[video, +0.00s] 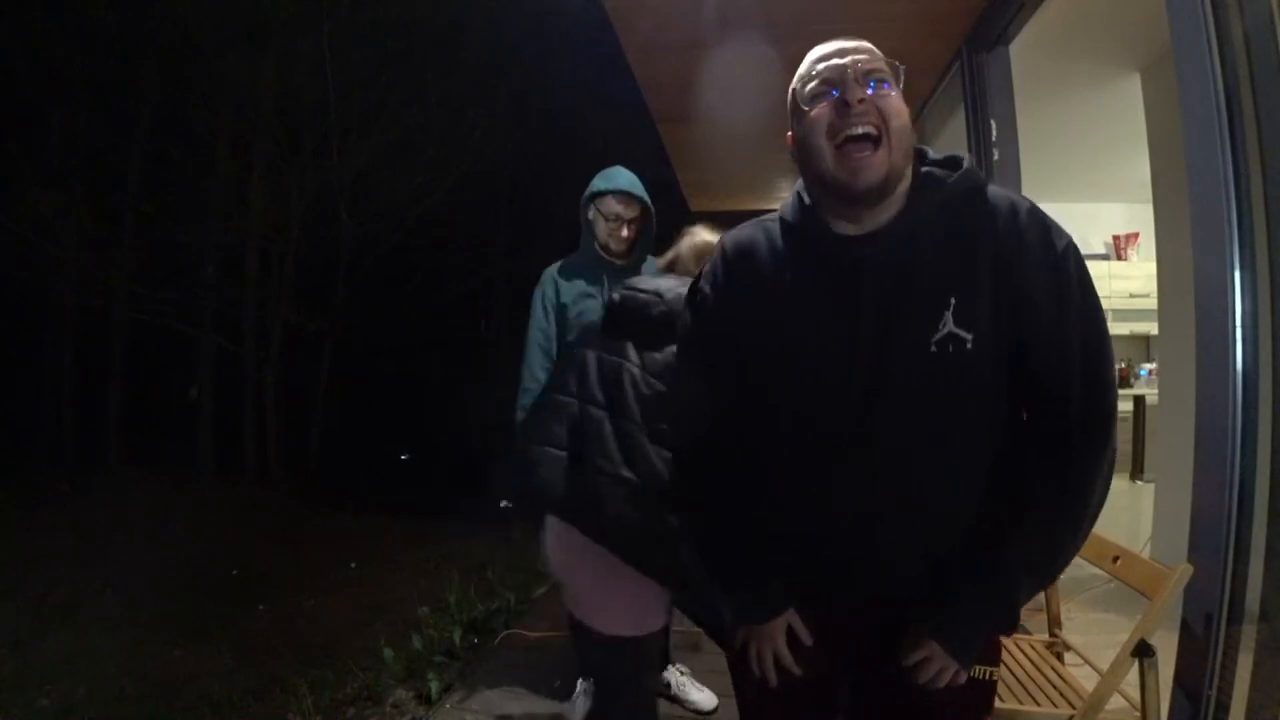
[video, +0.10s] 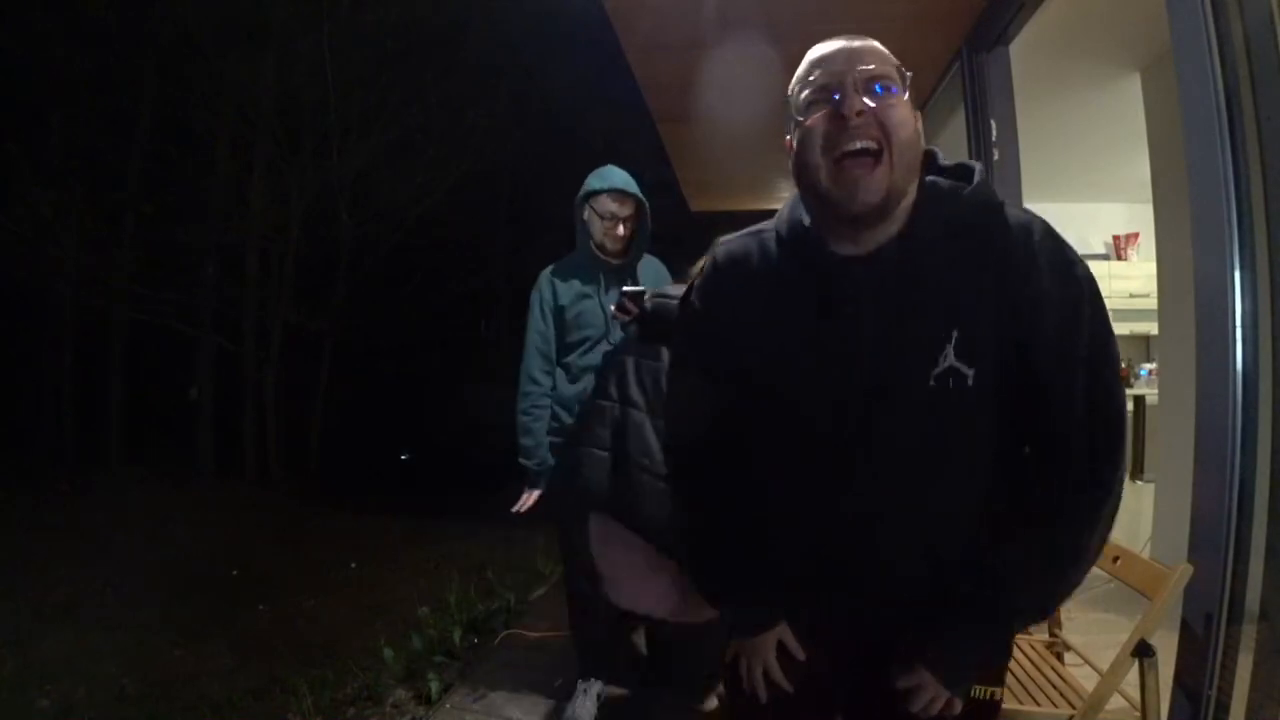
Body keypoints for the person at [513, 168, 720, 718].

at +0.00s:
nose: (622, 230)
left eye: (632, 221)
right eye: (611, 218)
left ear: (645, 229)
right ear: (589, 217)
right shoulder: (559, 282)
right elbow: (536, 378)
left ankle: (664, 665)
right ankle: (587, 678)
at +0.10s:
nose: (619, 229)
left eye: (628, 219)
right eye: (608, 218)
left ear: (640, 221)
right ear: (585, 218)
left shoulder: (657, 276)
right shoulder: (557, 282)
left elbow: (676, 361)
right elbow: (536, 377)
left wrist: (677, 443)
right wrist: (535, 465)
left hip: (646, 444)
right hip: (578, 447)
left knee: (649, 553)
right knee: (584, 565)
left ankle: (663, 675)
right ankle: (590, 675)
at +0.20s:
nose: (619, 229)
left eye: (628, 218)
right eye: (607, 217)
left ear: (638, 221)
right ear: (583, 218)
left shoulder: (653, 276)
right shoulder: (554, 284)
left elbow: (673, 364)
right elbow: (537, 382)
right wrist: (542, 466)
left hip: (640, 451)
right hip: (576, 453)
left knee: (655, 560)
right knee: (583, 570)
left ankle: (667, 674)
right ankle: (591, 674)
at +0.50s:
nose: (613, 222)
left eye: (619, 211)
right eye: (601, 212)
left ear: (630, 219)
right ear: (577, 220)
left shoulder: (648, 283)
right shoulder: (550, 291)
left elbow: (681, 367)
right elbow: (536, 391)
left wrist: (649, 327)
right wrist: (549, 476)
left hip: (643, 453)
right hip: (580, 458)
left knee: (657, 563)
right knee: (586, 573)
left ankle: (670, 666)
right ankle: (591, 674)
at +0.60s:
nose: (570, 244)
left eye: (581, 231)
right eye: (557, 232)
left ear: (608, 233)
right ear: (547, 240)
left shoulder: (640, 285)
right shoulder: (549, 295)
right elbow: (538, 396)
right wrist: (552, 476)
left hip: (642, 461)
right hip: (582, 464)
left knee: (653, 569)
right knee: (583, 575)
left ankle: (664, 670)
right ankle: (592, 675)